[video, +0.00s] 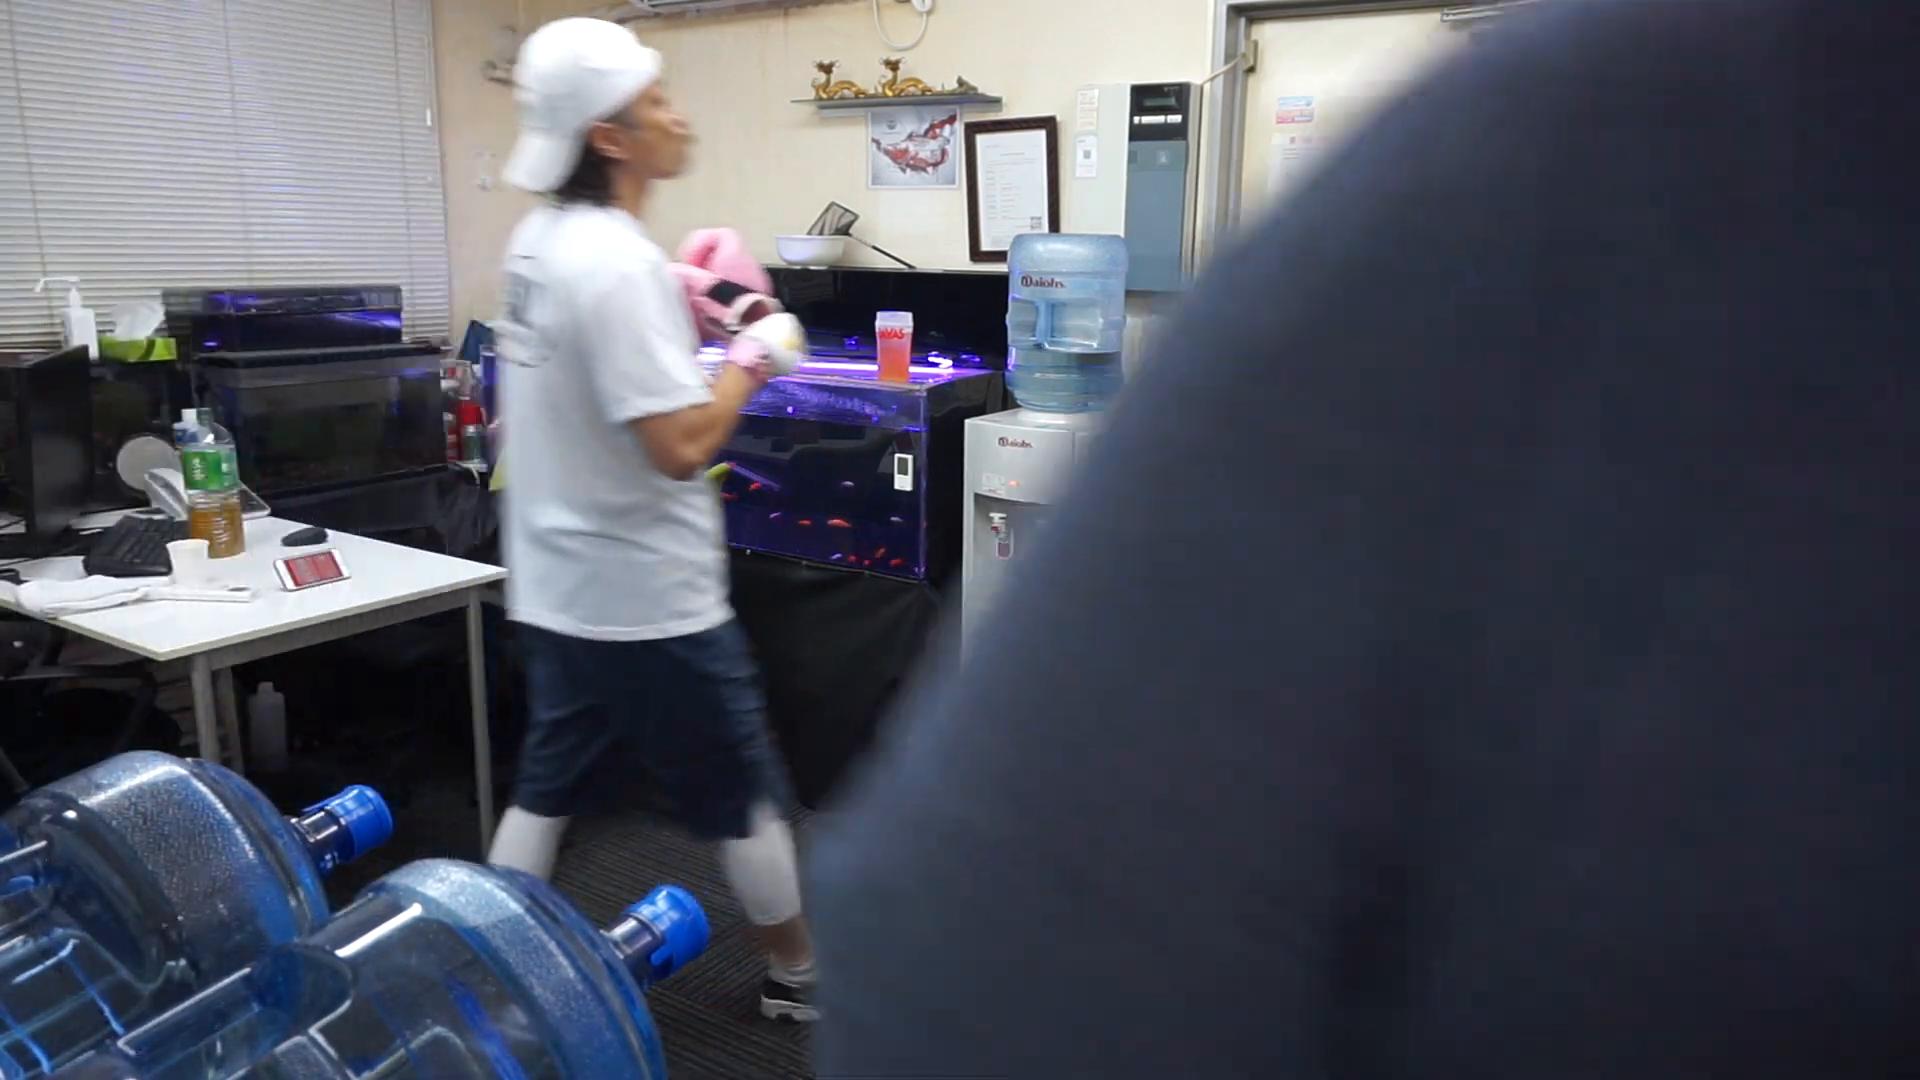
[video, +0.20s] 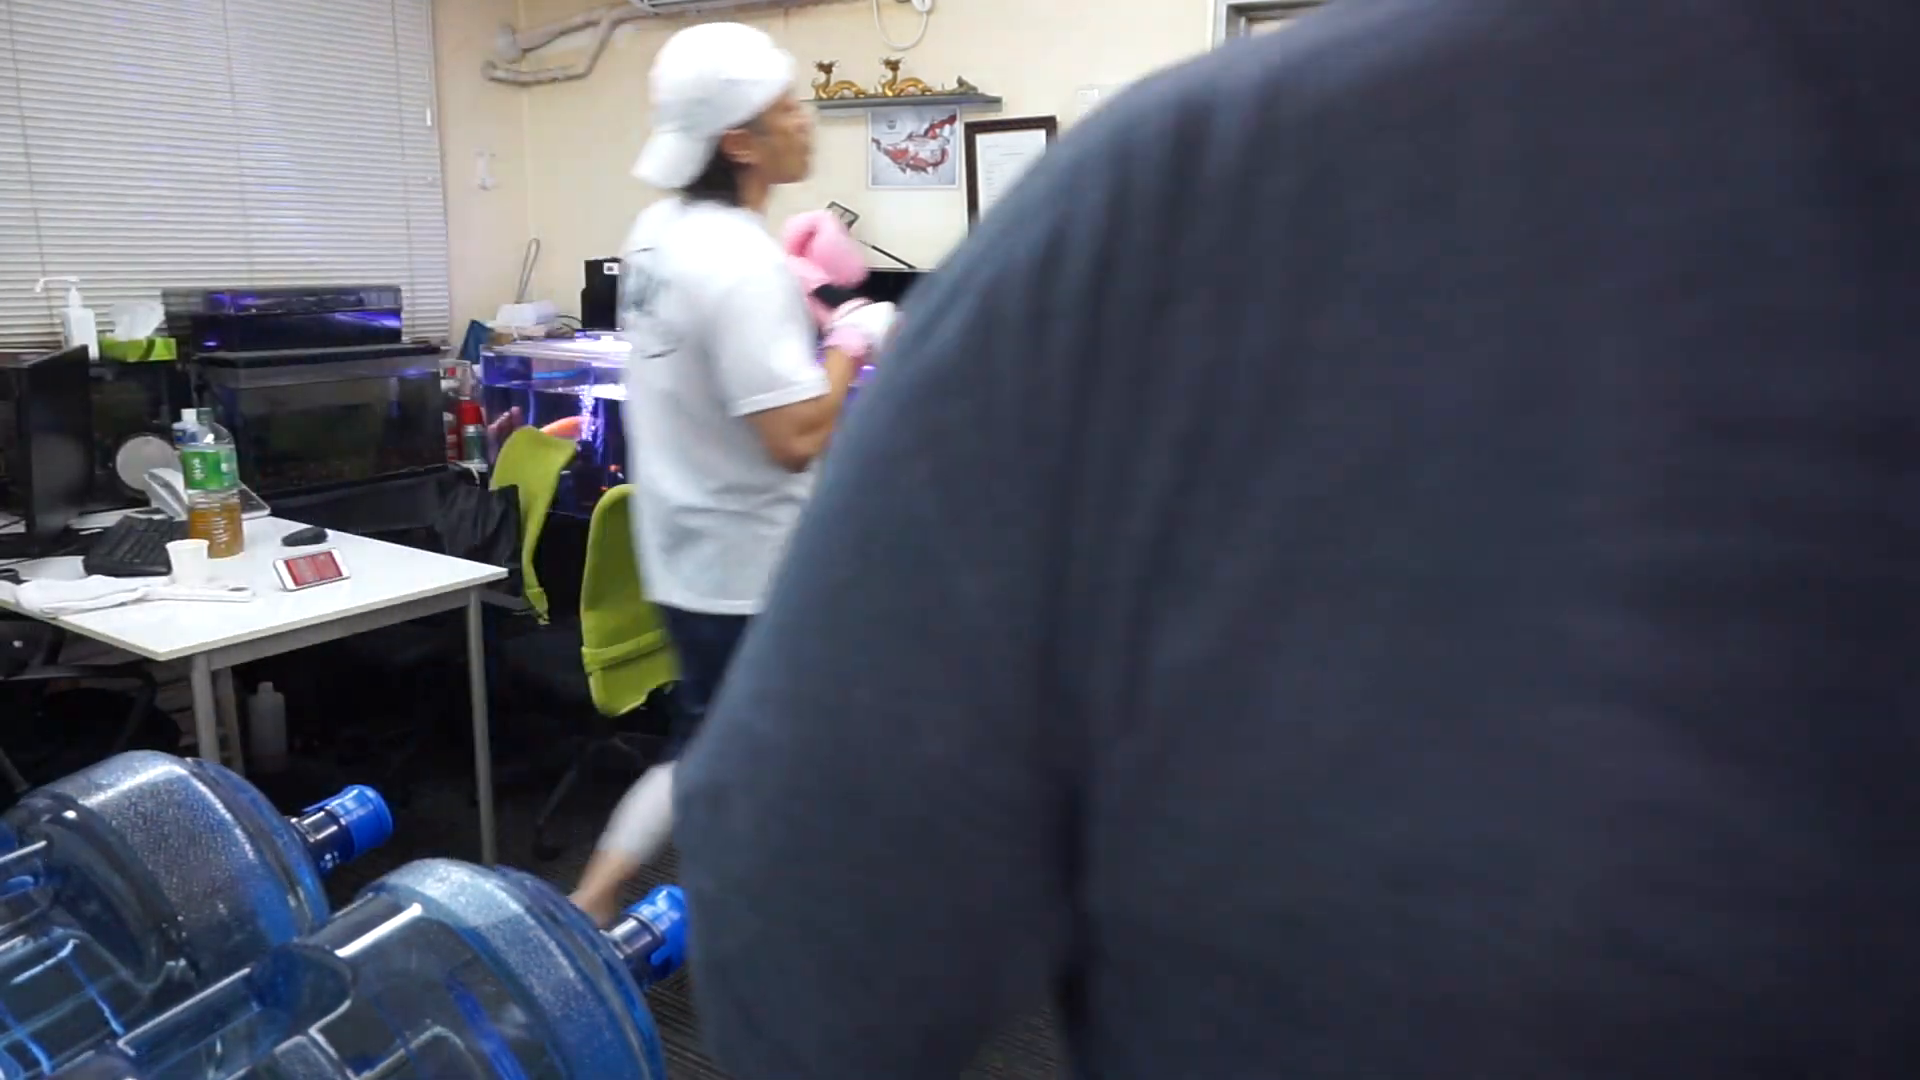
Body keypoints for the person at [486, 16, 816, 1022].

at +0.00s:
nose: (678, 116)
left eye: (666, 95)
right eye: (658, 103)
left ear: (602, 142)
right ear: (610, 142)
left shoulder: (541, 237)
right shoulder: (618, 260)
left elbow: (578, 387)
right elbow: (680, 445)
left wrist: (677, 316)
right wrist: (754, 361)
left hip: (554, 589)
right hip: (652, 601)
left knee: (544, 785)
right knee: (744, 787)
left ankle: (486, 969)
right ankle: (794, 976)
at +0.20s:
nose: (809, 120)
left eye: (801, 102)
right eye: (790, 110)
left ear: (727, 145)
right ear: (740, 144)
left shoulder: (661, 232)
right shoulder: (739, 262)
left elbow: (703, 385)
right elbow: (794, 435)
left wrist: (796, 300)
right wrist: (850, 356)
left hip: (684, 566)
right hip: (749, 580)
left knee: (699, 760)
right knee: (761, 781)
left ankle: (582, 918)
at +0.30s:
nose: (864, 117)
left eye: (856, 100)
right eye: (847, 105)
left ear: (790, 141)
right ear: (794, 140)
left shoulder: (708, 223)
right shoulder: (794, 255)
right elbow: (847, 423)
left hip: (721, 563)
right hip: (790, 577)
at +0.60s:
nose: (996, 127)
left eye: (989, 112)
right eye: (981, 115)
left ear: (917, 142)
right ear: (929, 144)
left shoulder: (848, 230)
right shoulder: (927, 252)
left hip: (849, 516)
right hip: (903, 530)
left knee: (877, 702)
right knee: (887, 720)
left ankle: (818, 935)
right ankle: (810, 957)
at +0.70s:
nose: (1046, 139)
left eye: (1038, 121)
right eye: (1024, 126)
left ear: (973, 148)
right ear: (967, 150)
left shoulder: (973, 234)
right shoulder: (944, 249)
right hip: (954, 541)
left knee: (958, 751)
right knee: (941, 760)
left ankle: (824, 942)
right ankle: (817, 947)